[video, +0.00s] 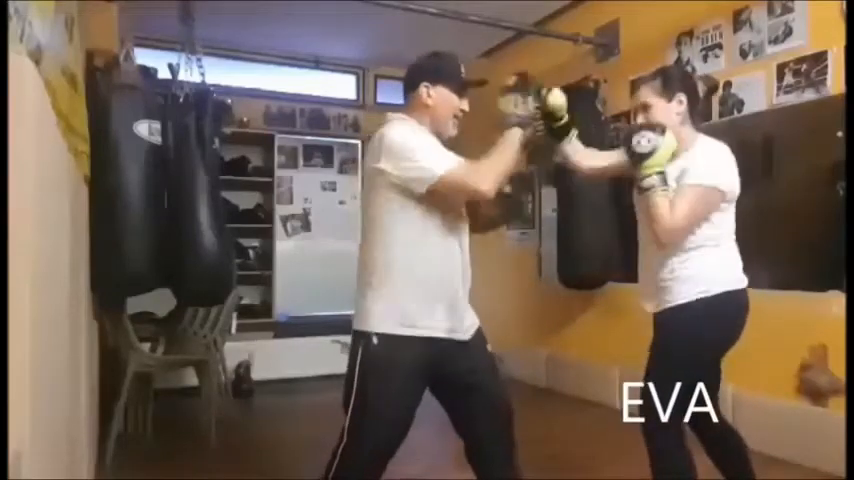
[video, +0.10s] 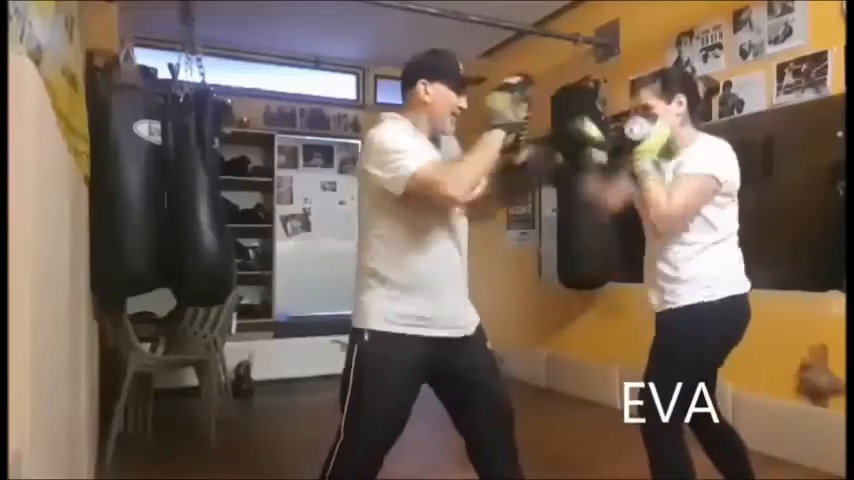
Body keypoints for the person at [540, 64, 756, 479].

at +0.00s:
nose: (639, 119)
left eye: (646, 107)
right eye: (636, 111)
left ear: (679, 104)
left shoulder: (713, 156)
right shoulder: (653, 153)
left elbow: (668, 232)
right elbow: (588, 161)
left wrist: (651, 170)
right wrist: (558, 124)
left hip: (708, 301)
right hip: (677, 304)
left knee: (659, 416)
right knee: (702, 412)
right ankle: (743, 475)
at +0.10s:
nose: (638, 121)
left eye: (647, 110)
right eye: (636, 112)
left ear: (678, 106)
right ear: (671, 108)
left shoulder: (713, 154)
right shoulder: (659, 157)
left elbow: (666, 222)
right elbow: (609, 201)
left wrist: (644, 158)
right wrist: (584, 160)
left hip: (709, 307)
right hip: (678, 308)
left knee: (656, 418)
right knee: (699, 412)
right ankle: (743, 475)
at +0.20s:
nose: (629, 157)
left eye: (629, 149)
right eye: (626, 150)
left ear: (643, 143)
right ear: (672, 129)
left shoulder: (680, 153)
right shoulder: (704, 156)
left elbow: (599, 193)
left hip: (697, 318)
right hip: (731, 312)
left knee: (638, 413)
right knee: (696, 409)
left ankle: (662, 475)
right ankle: (741, 474)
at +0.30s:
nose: (625, 129)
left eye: (629, 122)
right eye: (626, 123)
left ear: (645, 127)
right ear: (675, 125)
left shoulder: (653, 170)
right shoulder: (699, 163)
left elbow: (592, 202)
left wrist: (598, 159)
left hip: (700, 324)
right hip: (742, 316)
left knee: (636, 417)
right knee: (695, 408)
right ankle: (742, 474)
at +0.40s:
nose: (629, 134)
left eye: (634, 124)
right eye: (628, 125)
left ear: (661, 120)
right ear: (665, 121)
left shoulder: (657, 162)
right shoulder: (692, 155)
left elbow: (614, 223)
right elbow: (668, 228)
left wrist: (599, 175)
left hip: (696, 316)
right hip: (731, 310)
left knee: (638, 415)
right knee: (694, 408)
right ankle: (741, 474)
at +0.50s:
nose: (630, 125)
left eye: (636, 114)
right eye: (627, 117)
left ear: (666, 109)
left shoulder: (698, 152)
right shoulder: (662, 160)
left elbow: (658, 224)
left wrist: (640, 170)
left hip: (704, 308)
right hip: (686, 309)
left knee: (643, 414)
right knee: (696, 407)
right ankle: (742, 474)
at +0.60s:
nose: (635, 122)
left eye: (642, 112)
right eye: (631, 113)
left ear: (672, 108)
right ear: (638, 114)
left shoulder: (712, 153)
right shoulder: (632, 157)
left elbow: (674, 216)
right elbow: (571, 172)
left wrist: (654, 161)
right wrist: (550, 125)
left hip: (710, 303)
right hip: (672, 309)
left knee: (645, 412)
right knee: (705, 412)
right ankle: (746, 475)